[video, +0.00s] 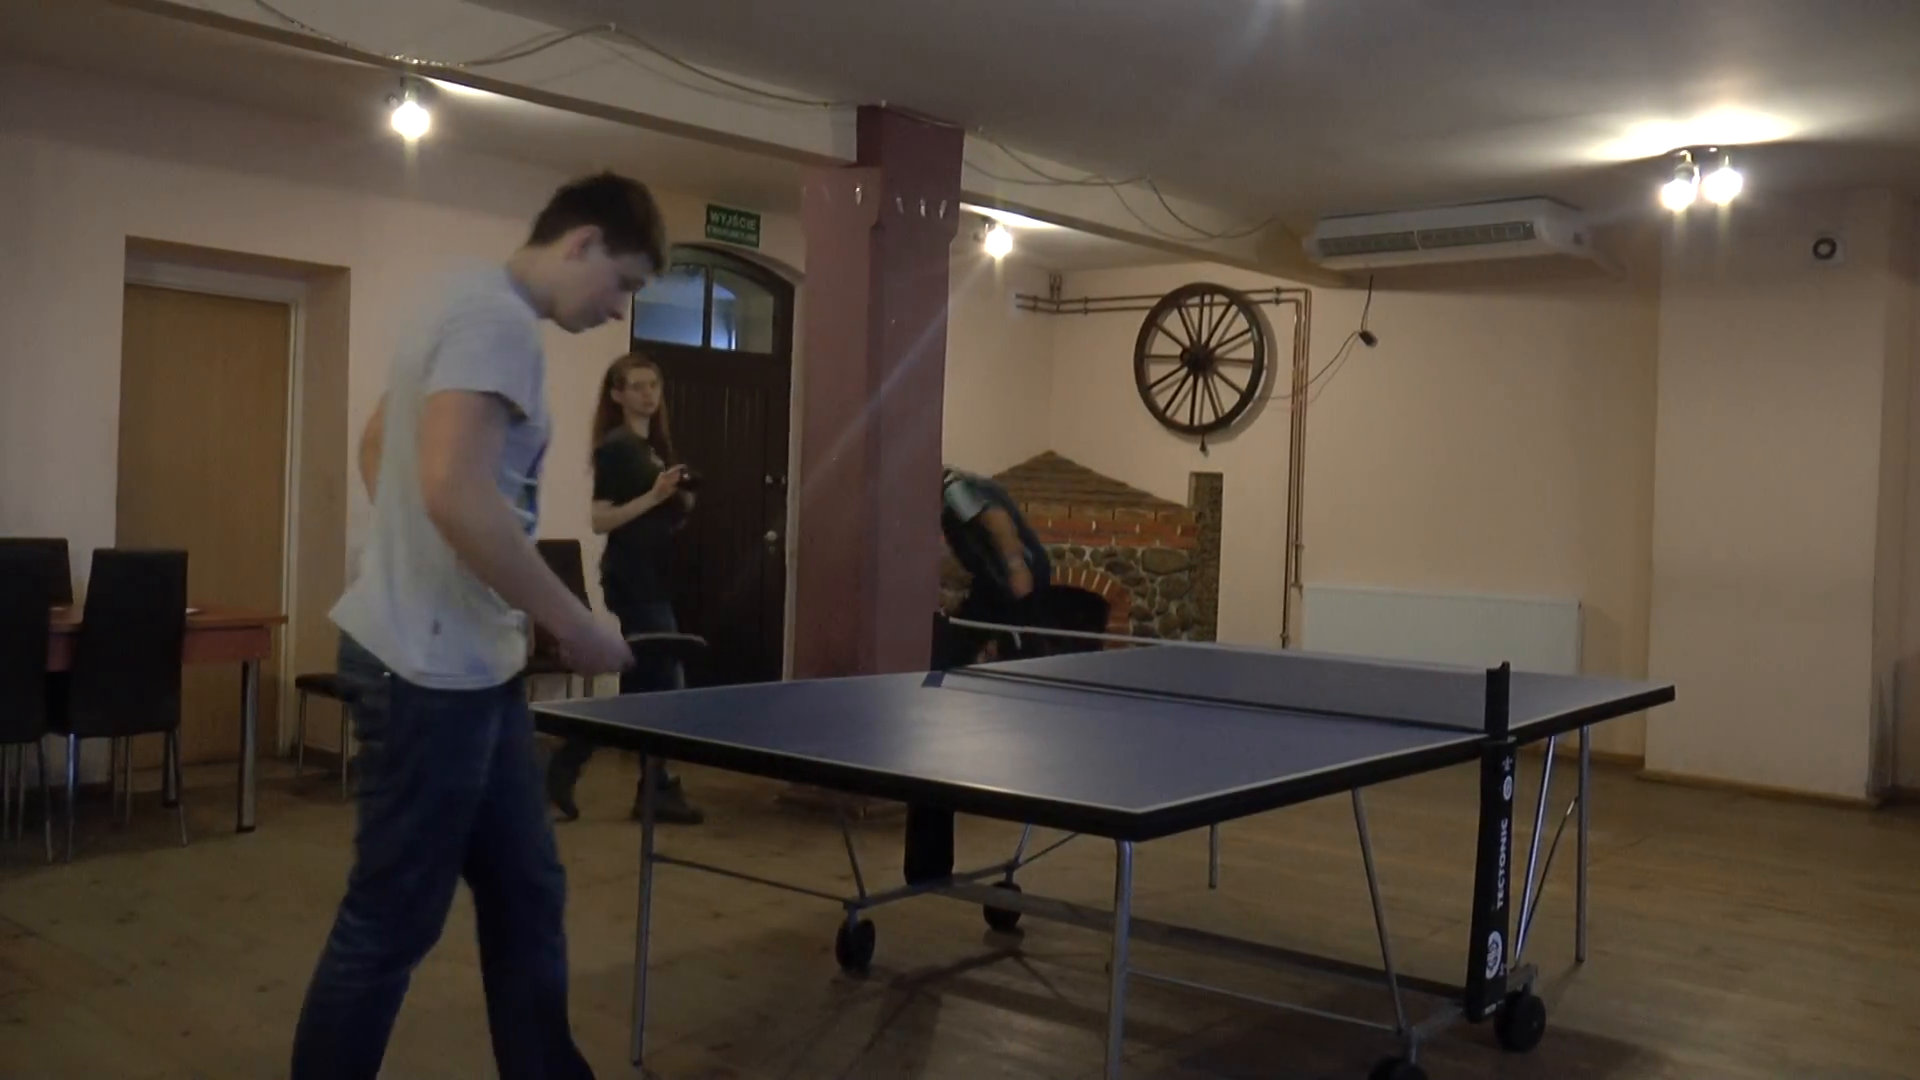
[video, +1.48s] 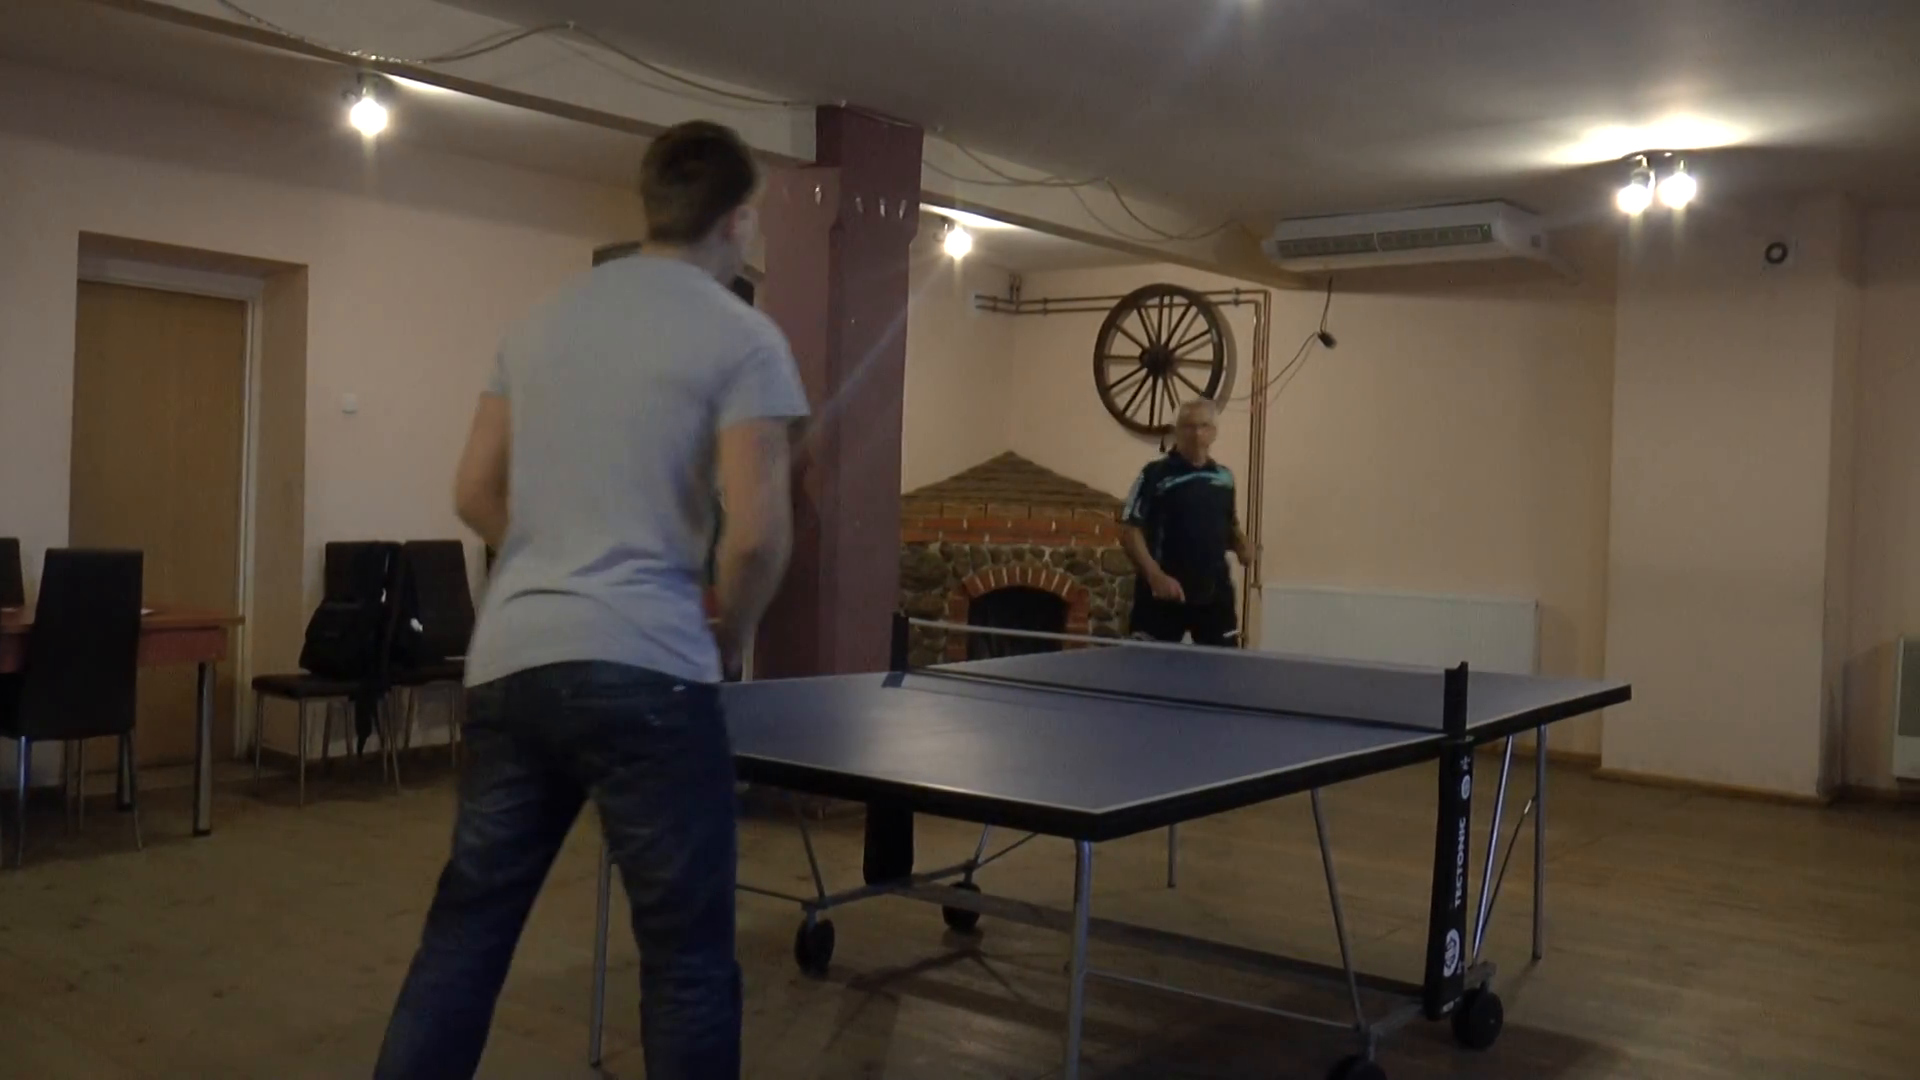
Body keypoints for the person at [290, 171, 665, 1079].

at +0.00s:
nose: (619, 309)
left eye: (630, 294)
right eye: (624, 284)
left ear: (572, 245)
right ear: (581, 245)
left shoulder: (459, 306)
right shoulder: (492, 318)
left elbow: (374, 449)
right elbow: (456, 489)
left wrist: (447, 569)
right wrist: (572, 619)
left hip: (459, 667)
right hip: (427, 670)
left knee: (525, 898)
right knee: (388, 922)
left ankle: (545, 1071)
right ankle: (324, 1070)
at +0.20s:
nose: (682, 300)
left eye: (692, 281)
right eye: (687, 274)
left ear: (626, 240)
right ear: (650, 243)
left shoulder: (524, 307)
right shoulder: (568, 311)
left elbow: (441, 466)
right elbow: (521, 477)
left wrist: (485, 598)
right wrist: (574, 664)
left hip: (493, 664)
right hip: (496, 670)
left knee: (566, 897)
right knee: (503, 896)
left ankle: (558, 1069)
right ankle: (368, 1071)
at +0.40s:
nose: (716, 285)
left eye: (723, 266)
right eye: (720, 260)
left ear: (640, 231)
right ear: (687, 236)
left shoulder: (558, 310)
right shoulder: (624, 310)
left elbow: (497, 481)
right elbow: (584, 482)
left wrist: (534, 601)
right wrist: (576, 668)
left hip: (536, 645)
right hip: (593, 653)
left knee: (565, 891)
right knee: (650, 891)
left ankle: (559, 1066)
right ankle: (484, 1068)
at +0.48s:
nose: (726, 274)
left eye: (731, 254)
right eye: (730, 250)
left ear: (646, 223)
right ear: (702, 232)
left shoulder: (567, 309)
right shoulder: (645, 307)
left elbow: (510, 477)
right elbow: (613, 470)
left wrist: (564, 590)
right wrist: (627, 661)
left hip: (541, 644)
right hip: (604, 649)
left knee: (573, 887)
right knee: (678, 890)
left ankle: (538, 1064)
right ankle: (576, 1063)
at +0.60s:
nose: (746, 255)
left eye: (747, 236)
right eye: (748, 235)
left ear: (659, 220)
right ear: (725, 228)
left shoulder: (582, 312)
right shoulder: (682, 309)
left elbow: (529, 477)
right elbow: (667, 480)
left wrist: (603, 577)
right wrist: (734, 656)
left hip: (556, 644)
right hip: (639, 654)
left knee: (575, 896)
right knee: (685, 915)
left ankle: (541, 1066)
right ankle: (668, 1067)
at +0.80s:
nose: (788, 246)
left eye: (790, 230)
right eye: (788, 230)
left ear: (686, 220)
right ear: (774, 230)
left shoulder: (597, 325)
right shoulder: (763, 323)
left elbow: (546, 496)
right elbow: (795, 501)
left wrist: (589, 603)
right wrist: (873, 636)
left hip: (579, 652)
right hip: (691, 660)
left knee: (592, 896)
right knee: (735, 926)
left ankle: (549, 1069)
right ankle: (719, 1073)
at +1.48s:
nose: (755, 229)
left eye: (754, 212)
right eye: (754, 213)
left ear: (647, 209)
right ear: (734, 219)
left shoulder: (540, 320)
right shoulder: (740, 334)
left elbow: (477, 491)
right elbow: (754, 534)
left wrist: (551, 573)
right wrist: (724, 633)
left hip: (511, 660)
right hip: (646, 665)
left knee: (466, 927)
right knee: (687, 955)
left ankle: (406, 1072)